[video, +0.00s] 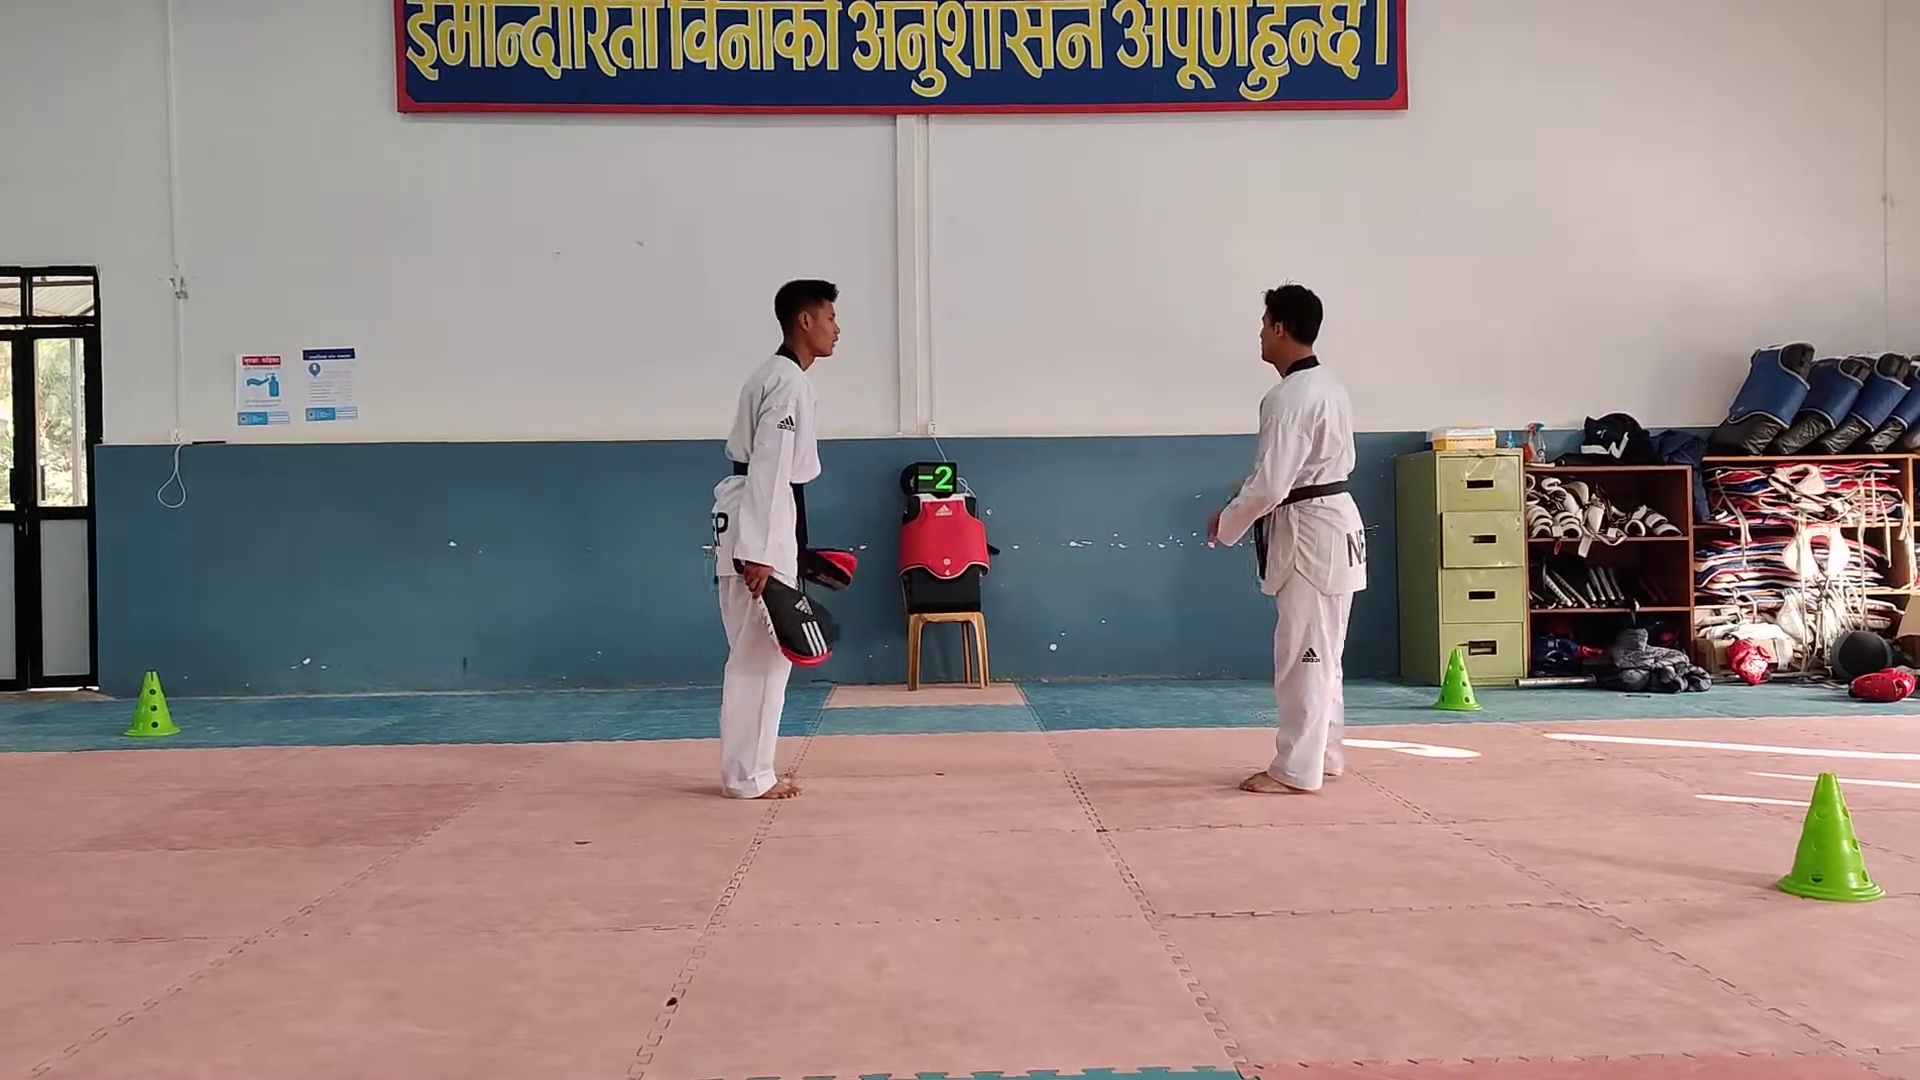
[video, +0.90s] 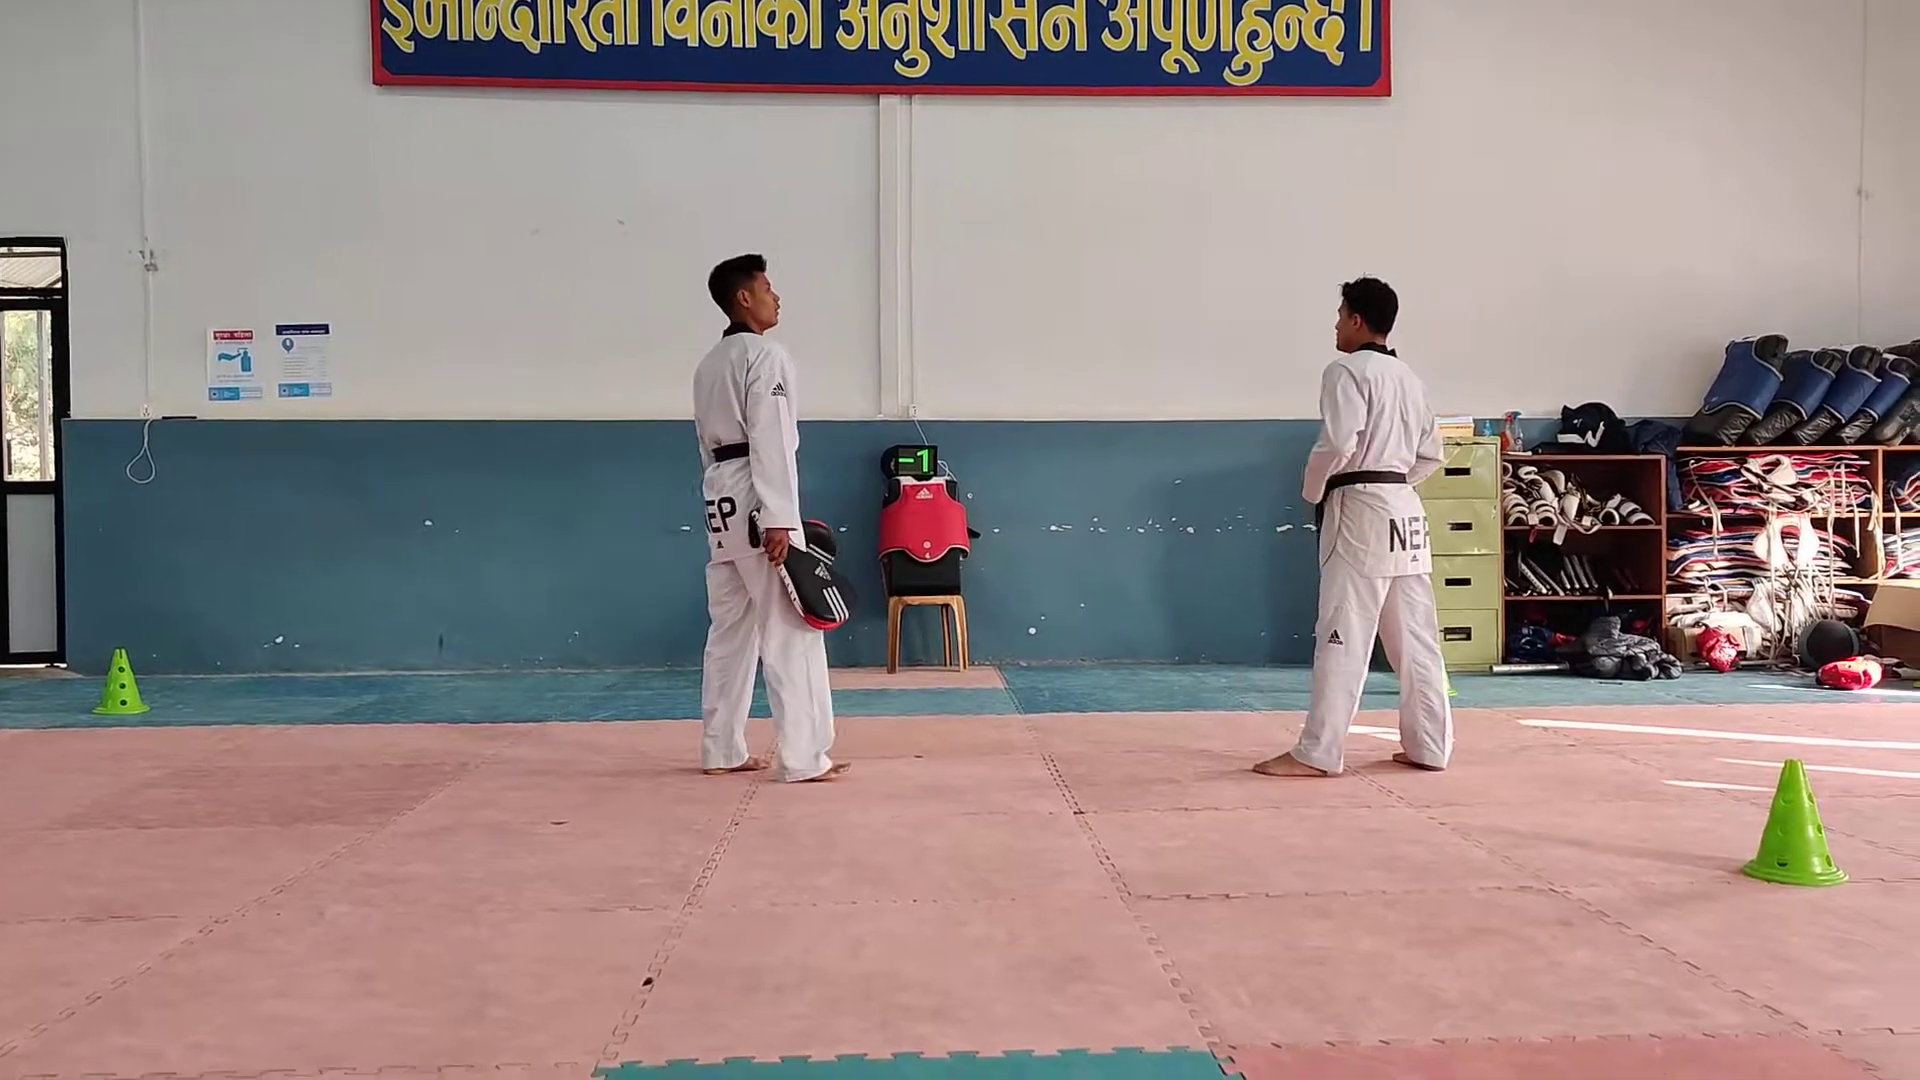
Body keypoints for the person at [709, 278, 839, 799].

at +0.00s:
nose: (837, 328)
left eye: (835, 318)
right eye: (830, 317)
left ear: (801, 323)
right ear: (805, 321)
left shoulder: (774, 377)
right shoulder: (788, 383)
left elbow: (771, 476)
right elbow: (767, 475)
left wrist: (796, 552)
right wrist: (758, 550)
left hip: (752, 524)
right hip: (760, 529)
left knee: (758, 653)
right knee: (766, 654)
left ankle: (749, 771)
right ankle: (749, 776)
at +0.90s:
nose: (776, 296)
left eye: (772, 286)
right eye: (767, 288)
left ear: (737, 301)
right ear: (743, 298)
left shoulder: (709, 363)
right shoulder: (765, 354)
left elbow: (714, 454)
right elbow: (772, 444)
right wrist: (779, 517)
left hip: (719, 505)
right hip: (759, 502)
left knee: (730, 629)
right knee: (794, 628)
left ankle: (722, 750)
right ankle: (805, 757)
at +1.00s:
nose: (780, 295)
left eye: (775, 286)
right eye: (770, 287)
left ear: (740, 300)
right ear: (746, 297)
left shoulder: (709, 364)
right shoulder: (771, 355)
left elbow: (703, 451)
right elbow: (777, 445)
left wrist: (723, 501)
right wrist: (781, 518)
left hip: (722, 507)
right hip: (762, 504)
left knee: (728, 632)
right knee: (790, 633)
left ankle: (720, 749)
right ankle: (815, 758)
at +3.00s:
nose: (594, 290)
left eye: (594, 280)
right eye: (585, 280)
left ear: (571, 286)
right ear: (553, 284)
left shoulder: (570, 348)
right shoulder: (526, 345)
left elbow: (562, 422)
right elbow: (575, 414)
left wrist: (583, 445)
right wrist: (655, 412)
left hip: (562, 479)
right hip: (512, 477)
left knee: (610, 589)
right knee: (476, 596)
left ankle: (639, 709)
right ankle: (430, 710)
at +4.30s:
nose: (454, 297)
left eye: (454, 288)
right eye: (445, 288)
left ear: (433, 292)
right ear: (414, 291)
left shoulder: (457, 349)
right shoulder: (375, 358)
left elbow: (467, 420)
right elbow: (390, 430)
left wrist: (503, 449)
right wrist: (466, 451)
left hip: (458, 484)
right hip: (393, 488)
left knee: (490, 581)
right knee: (368, 591)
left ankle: (488, 696)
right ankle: (356, 704)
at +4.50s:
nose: (506, 313)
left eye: (506, 304)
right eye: (498, 304)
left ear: (479, 307)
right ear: (468, 305)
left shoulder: (496, 363)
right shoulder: (424, 368)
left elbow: (498, 439)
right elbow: (414, 442)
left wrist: (511, 483)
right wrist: (476, 486)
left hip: (485, 492)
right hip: (426, 495)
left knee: (537, 585)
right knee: (398, 601)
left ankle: (583, 691)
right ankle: (370, 707)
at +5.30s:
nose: (711, 298)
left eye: (710, 289)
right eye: (702, 289)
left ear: (687, 295)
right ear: (675, 293)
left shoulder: (677, 356)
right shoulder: (652, 342)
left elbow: (674, 437)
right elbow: (638, 412)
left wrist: (726, 466)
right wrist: (696, 445)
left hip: (652, 470)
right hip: (635, 466)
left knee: (649, 585)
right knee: (674, 583)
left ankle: (625, 696)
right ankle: (615, 691)